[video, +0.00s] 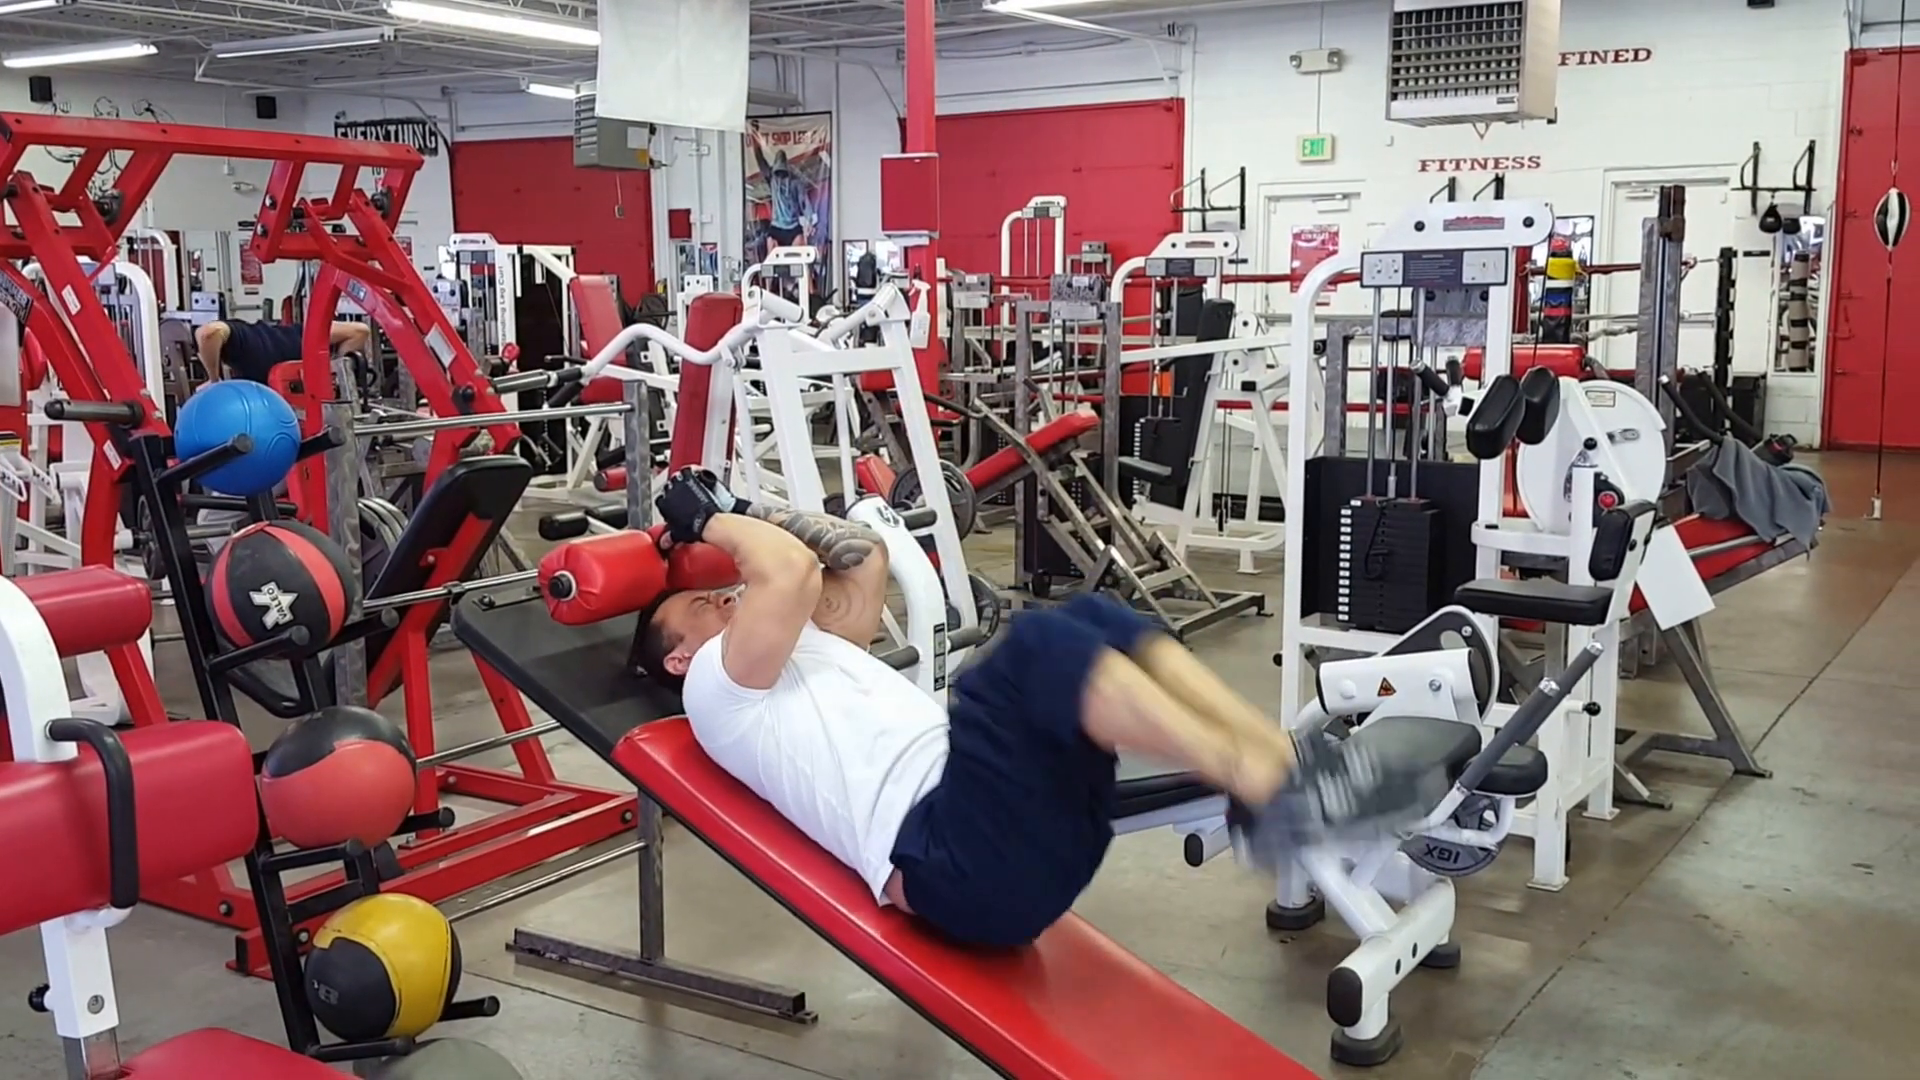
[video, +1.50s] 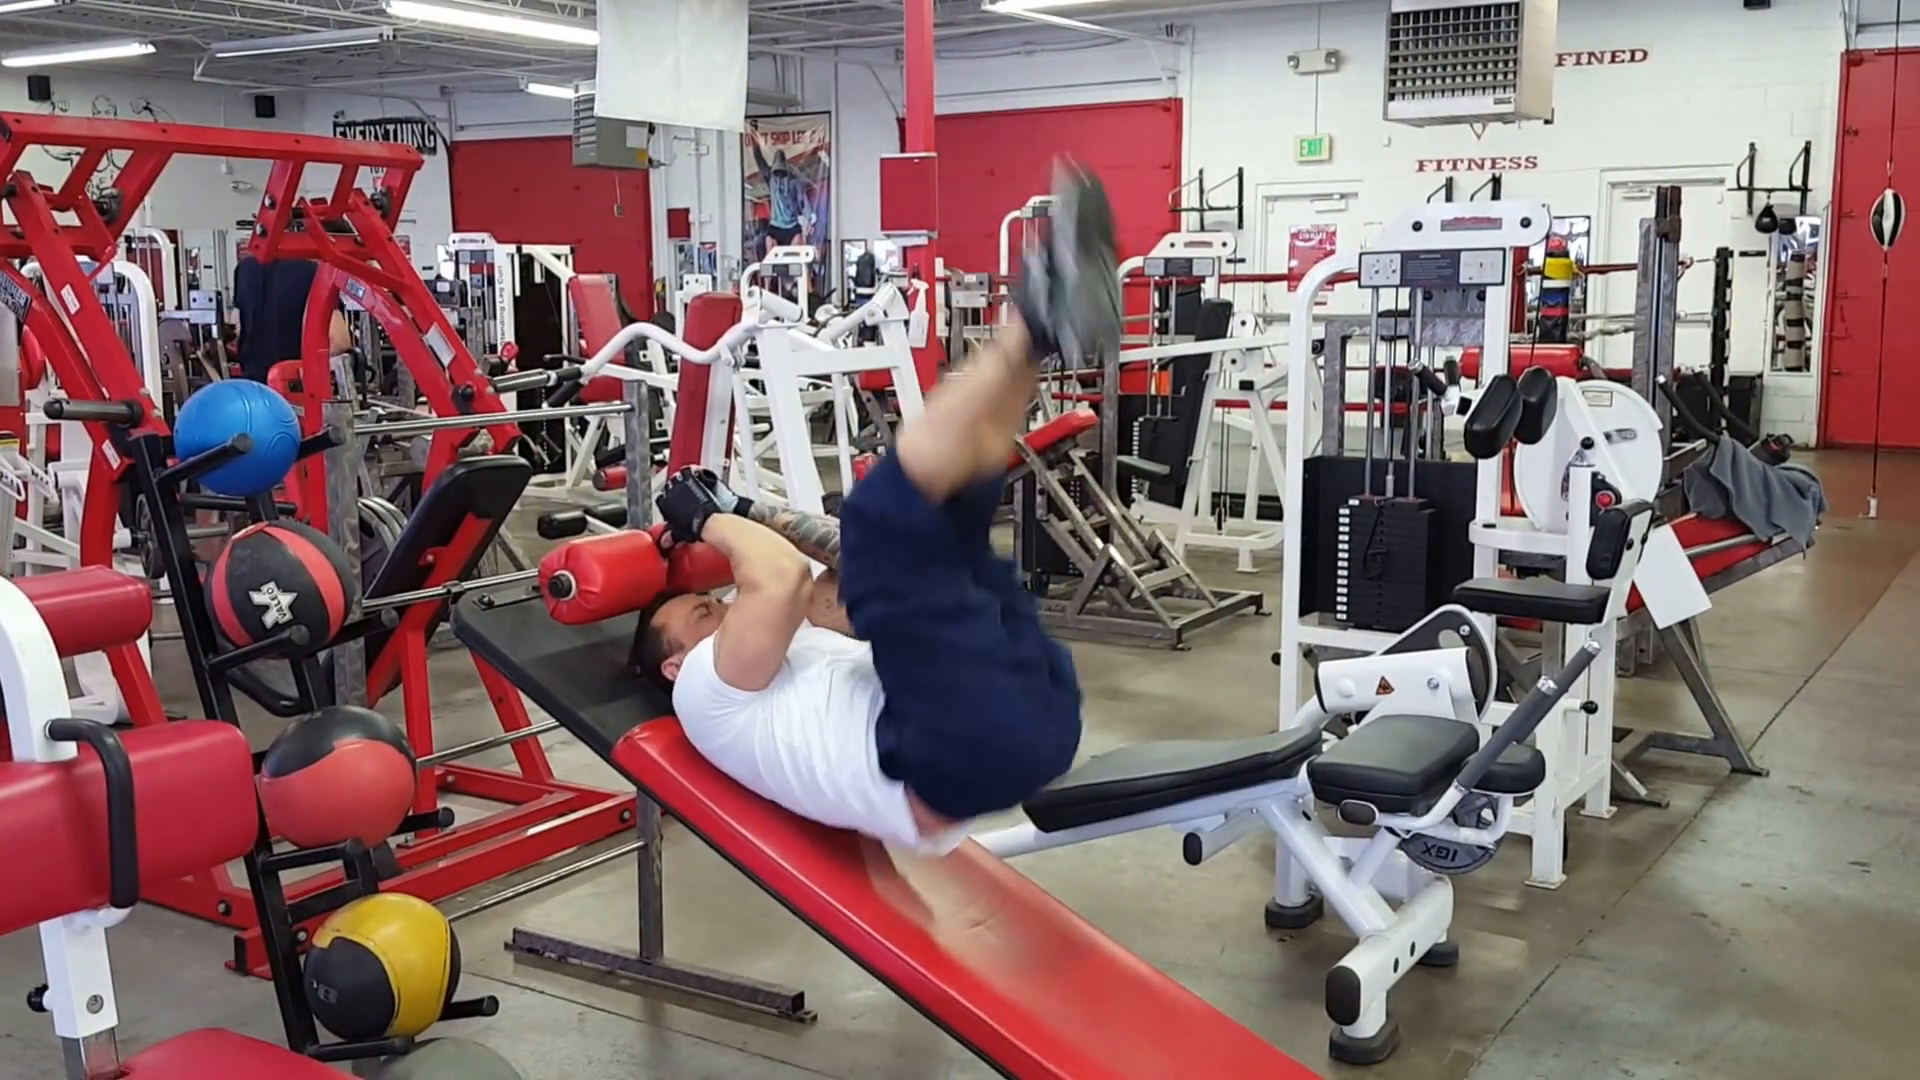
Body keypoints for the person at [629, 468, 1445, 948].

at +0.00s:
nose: (712, 612)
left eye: (699, 606)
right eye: (690, 615)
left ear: (712, 614)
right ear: (677, 650)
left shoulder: (818, 648)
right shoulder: (716, 691)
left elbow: (860, 554)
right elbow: (784, 563)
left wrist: (750, 531)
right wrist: (711, 521)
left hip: (1012, 824)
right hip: (952, 865)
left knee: (1098, 613)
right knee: (1044, 643)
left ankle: (1283, 767)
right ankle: (1250, 780)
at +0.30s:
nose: (734, 599)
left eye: (722, 593)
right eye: (707, 604)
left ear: (736, 612)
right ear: (682, 644)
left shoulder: (830, 660)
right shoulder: (721, 695)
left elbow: (866, 558)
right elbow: (784, 565)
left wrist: (752, 549)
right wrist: (706, 527)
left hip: (1027, 831)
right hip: (962, 875)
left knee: (1238, 775)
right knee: (1171, 790)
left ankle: (1402, 1014)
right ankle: (1354, 1036)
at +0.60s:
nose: (733, 602)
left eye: (725, 595)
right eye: (707, 606)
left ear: (738, 613)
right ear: (684, 646)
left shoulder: (825, 664)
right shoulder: (722, 698)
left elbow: (869, 562)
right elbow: (786, 571)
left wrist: (760, 541)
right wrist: (703, 528)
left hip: (1022, 837)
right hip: (962, 882)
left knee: (1232, 774)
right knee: (1176, 793)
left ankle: (1433, 984)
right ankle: (1387, 1014)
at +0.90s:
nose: (725, 605)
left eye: (720, 597)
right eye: (701, 608)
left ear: (742, 603)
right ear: (671, 660)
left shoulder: (805, 656)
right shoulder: (707, 694)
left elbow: (863, 562)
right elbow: (785, 573)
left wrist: (756, 529)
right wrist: (711, 521)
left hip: (1025, 816)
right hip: (962, 840)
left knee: (970, 595)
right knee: (942, 600)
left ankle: (1163, 502)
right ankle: (1155, 500)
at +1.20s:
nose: (716, 603)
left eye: (708, 600)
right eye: (694, 610)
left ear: (717, 608)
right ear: (670, 651)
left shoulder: (771, 662)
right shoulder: (698, 686)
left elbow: (867, 604)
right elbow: (773, 572)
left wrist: (762, 550)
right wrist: (704, 516)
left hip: (1021, 682)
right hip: (958, 706)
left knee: (951, 471)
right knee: (891, 460)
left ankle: (987, 223)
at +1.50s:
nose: (722, 612)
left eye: (715, 607)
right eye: (699, 617)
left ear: (727, 614)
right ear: (672, 666)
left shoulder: (795, 664)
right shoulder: (704, 696)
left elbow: (848, 604)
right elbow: (781, 574)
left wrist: (754, 527)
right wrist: (706, 517)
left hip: (1039, 719)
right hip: (966, 753)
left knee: (940, 524)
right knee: (879, 515)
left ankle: (1039, 331)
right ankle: (1027, 328)